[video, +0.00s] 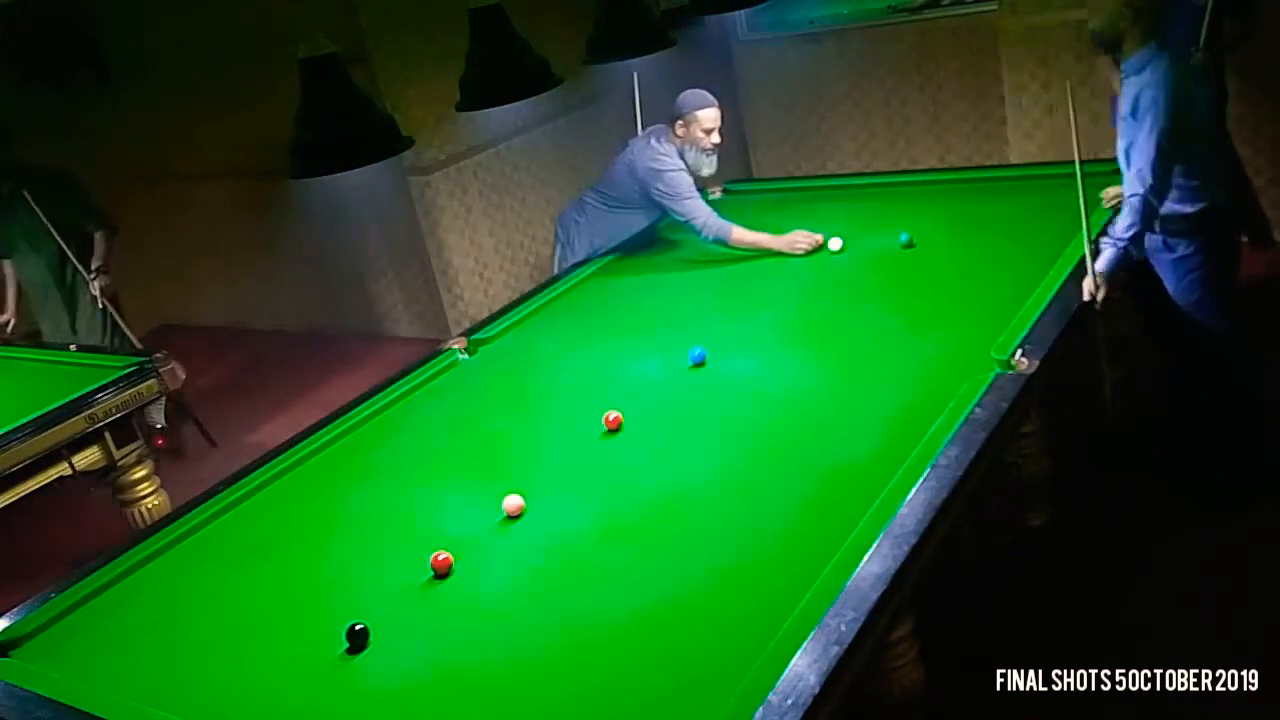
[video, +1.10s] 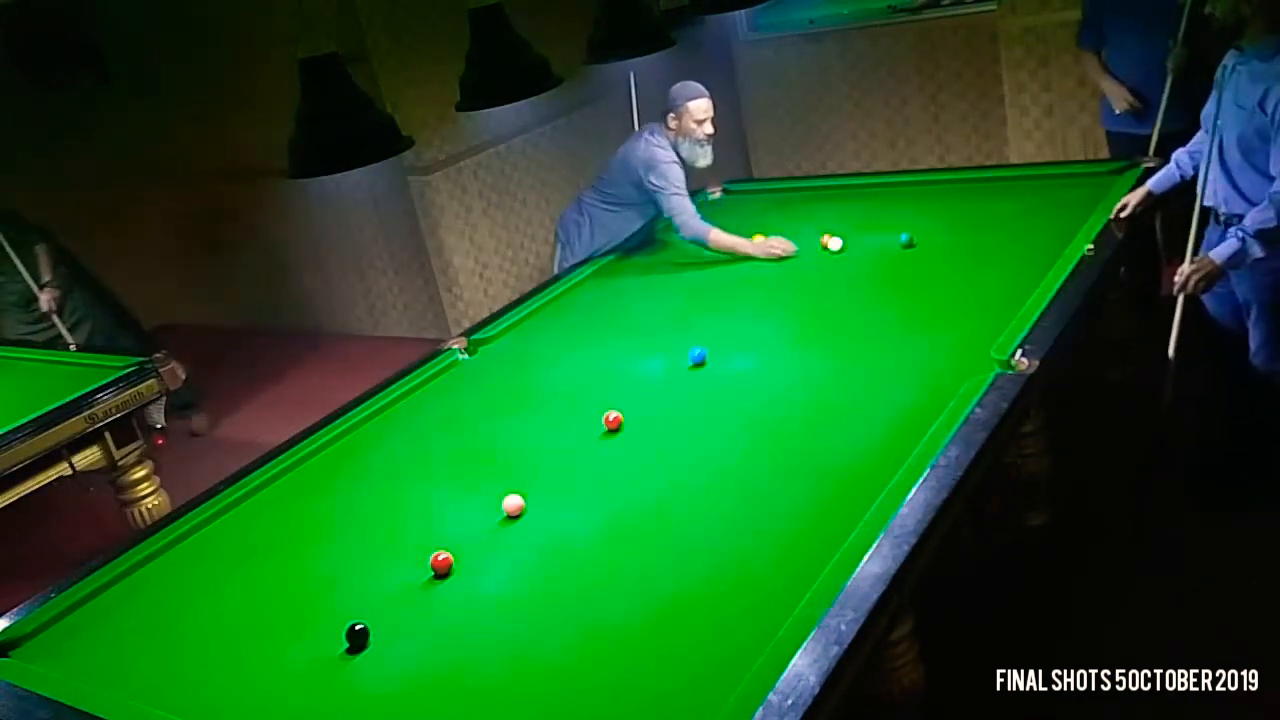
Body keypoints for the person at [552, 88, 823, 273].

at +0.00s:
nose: (716, 141)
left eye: (718, 131)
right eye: (708, 132)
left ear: (683, 129)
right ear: (680, 130)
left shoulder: (670, 136)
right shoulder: (661, 163)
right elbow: (709, 226)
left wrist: (701, 185)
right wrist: (778, 242)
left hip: (625, 232)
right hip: (586, 239)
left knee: (614, 311)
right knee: (577, 318)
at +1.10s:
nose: (709, 130)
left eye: (710, 121)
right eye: (699, 123)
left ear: (674, 121)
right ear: (672, 123)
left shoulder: (663, 136)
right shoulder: (658, 158)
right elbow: (689, 227)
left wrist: (697, 192)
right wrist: (753, 247)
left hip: (621, 231)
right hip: (587, 238)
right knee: (576, 317)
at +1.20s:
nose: (698, 119)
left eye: (699, 110)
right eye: (687, 111)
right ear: (660, 112)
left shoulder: (651, 134)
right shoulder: (646, 148)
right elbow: (662, 223)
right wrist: (720, 253)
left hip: (614, 232)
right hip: (587, 239)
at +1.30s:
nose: (679, 106)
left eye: (680, 96)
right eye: (668, 98)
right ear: (642, 99)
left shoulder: (645, 129)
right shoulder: (629, 136)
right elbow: (620, 211)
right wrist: (668, 255)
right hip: (587, 237)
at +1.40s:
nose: (656, 95)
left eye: (658, 86)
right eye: (645, 88)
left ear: (660, 84)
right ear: (621, 90)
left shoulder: (636, 123)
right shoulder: (605, 130)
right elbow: (578, 201)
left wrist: (640, 189)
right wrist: (618, 255)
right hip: (581, 242)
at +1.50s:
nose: (634, 87)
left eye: (635, 78)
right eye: (622, 80)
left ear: (638, 77)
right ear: (598, 83)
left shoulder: (627, 120)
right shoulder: (580, 128)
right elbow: (551, 196)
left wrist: (631, 190)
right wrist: (572, 250)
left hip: (611, 236)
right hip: (578, 245)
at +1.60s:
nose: (609, 84)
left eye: (610, 75)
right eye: (597, 77)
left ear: (614, 76)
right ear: (574, 81)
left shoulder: (605, 115)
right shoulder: (559, 126)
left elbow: (597, 168)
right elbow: (530, 193)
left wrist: (626, 189)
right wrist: (548, 254)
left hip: (608, 239)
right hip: (575, 253)